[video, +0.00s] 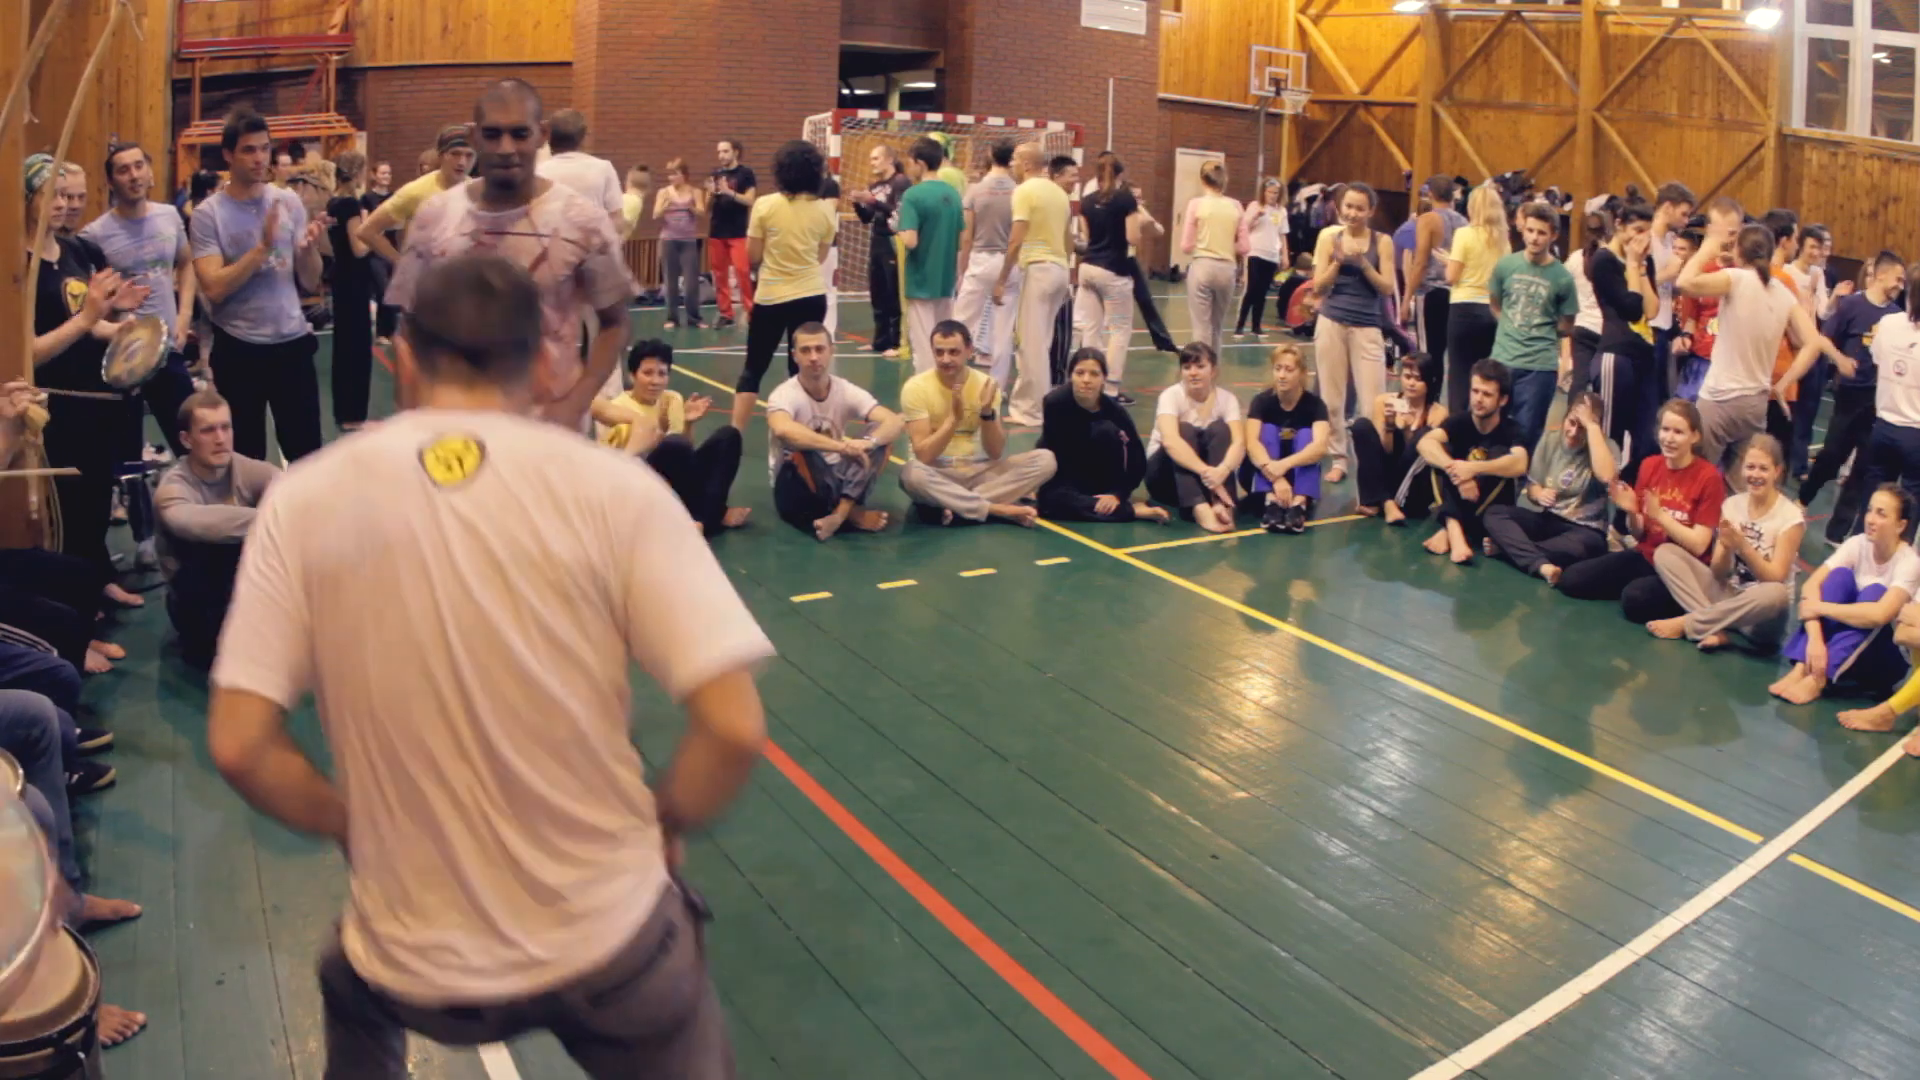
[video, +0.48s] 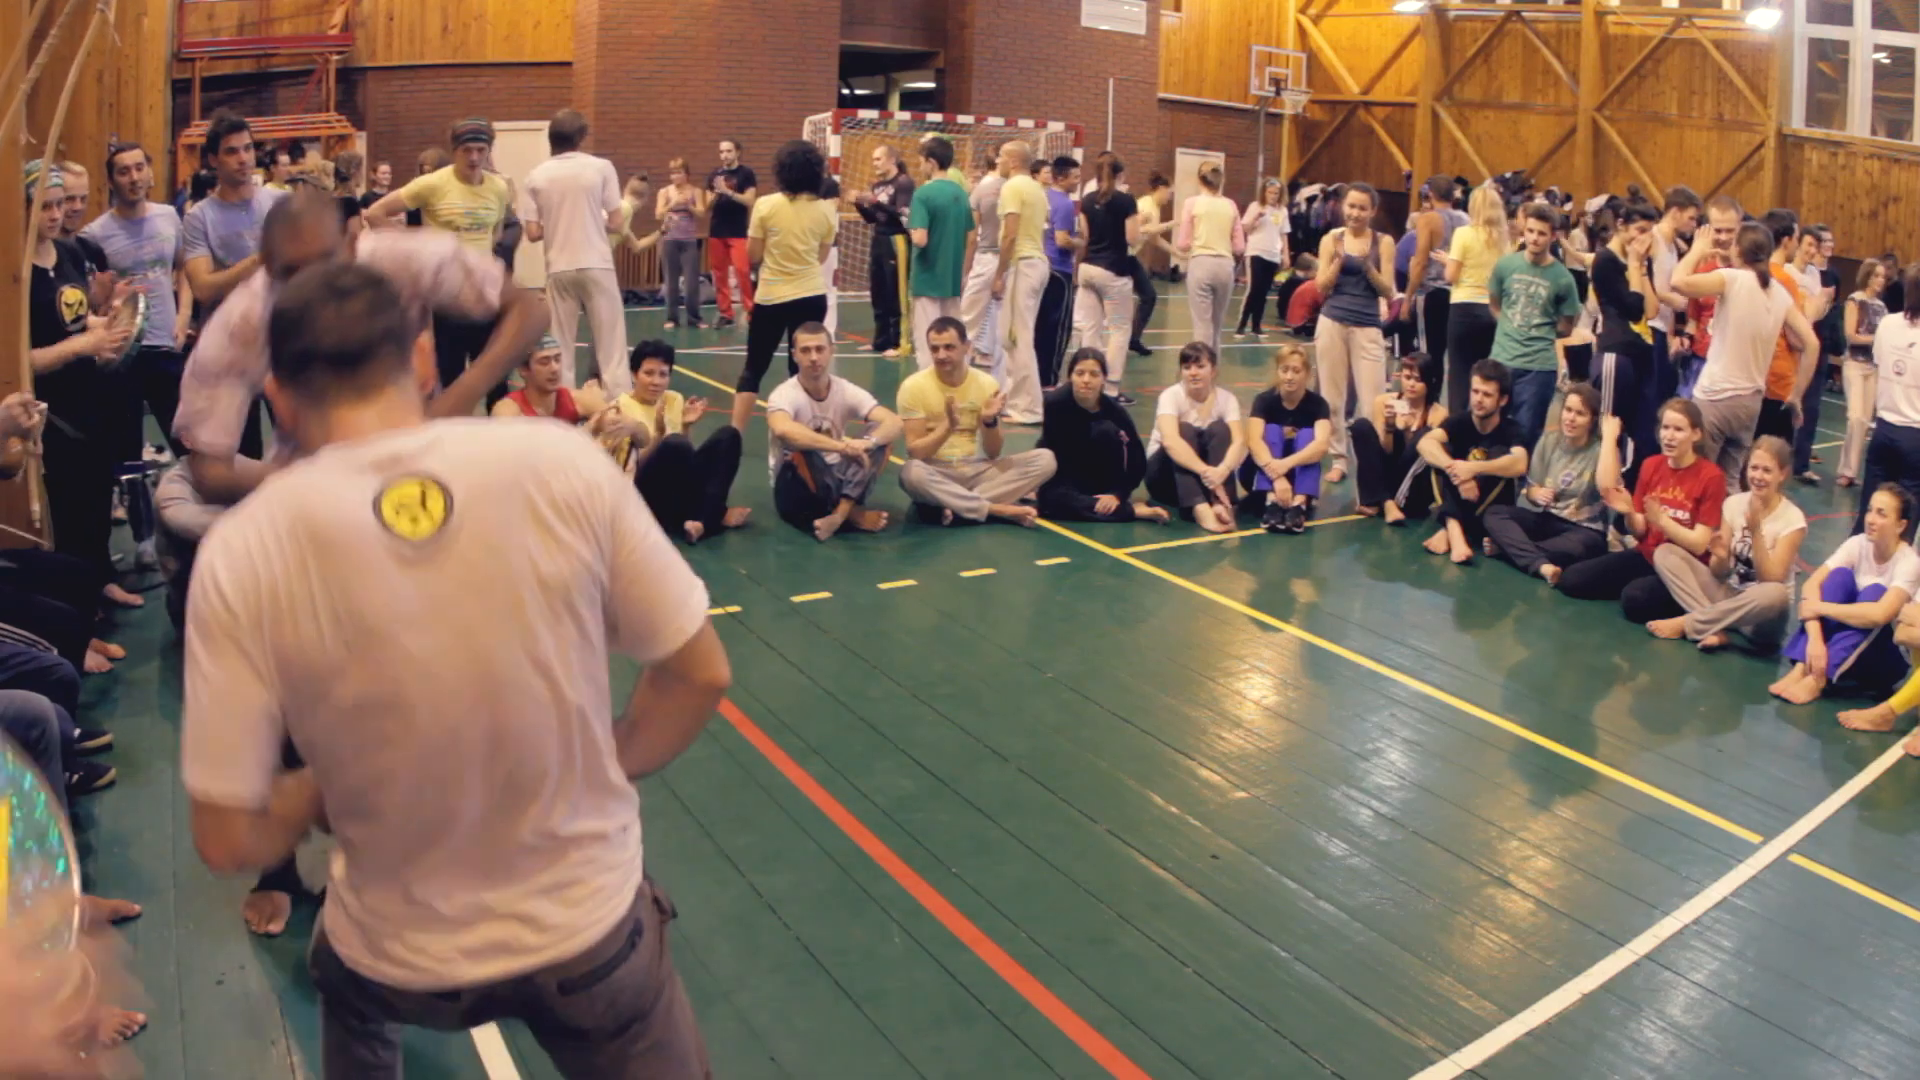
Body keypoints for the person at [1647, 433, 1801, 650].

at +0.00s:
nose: (1755, 475)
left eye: (1763, 469)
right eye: (1750, 467)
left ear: (1778, 472)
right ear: (1741, 469)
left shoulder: (1790, 515)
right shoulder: (1732, 505)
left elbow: (1776, 576)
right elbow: (1718, 572)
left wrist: (1742, 546)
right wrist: (1726, 548)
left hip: (1760, 602)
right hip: (1725, 593)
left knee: (1774, 593)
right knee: (1665, 552)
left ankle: (1686, 624)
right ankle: (1713, 629)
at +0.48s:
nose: (1758, 476)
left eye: (1767, 470)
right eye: (1754, 468)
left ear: (1783, 474)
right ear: (1746, 469)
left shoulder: (1792, 519)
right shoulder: (1733, 504)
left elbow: (1772, 577)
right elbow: (1718, 571)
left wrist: (1756, 531)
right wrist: (1721, 556)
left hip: (1759, 603)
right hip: (1725, 593)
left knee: (1774, 593)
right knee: (1665, 553)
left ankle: (1686, 624)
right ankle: (1712, 629)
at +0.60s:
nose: (1757, 475)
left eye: (1766, 470)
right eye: (1753, 468)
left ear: (1783, 474)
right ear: (1746, 469)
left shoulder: (1793, 518)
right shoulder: (1734, 504)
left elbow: (1769, 574)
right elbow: (1719, 571)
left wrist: (1760, 521)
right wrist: (1721, 556)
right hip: (1725, 595)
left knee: (1774, 594)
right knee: (1665, 552)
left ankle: (1686, 624)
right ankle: (1711, 629)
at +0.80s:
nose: (1755, 475)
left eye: (1763, 469)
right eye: (1751, 467)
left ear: (1781, 473)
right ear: (1744, 469)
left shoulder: (1793, 517)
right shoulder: (1734, 505)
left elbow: (1767, 574)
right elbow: (1720, 572)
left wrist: (1759, 519)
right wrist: (1723, 558)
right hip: (1726, 595)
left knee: (1773, 594)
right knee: (1665, 552)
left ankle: (1686, 624)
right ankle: (1711, 629)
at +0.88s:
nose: (1754, 474)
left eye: (1763, 468)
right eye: (1750, 467)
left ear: (1781, 473)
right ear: (1744, 469)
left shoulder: (1793, 517)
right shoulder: (1735, 505)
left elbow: (1767, 574)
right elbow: (1720, 571)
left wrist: (1759, 518)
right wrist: (1723, 560)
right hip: (1726, 594)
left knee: (1773, 594)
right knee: (1665, 552)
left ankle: (1687, 624)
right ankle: (1711, 629)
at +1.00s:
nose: (1754, 474)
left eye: (1763, 468)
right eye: (1751, 466)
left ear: (1781, 473)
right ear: (1744, 468)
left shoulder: (1793, 516)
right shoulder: (1734, 504)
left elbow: (1767, 573)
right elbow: (1719, 571)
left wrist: (1758, 517)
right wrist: (1723, 558)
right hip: (1727, 595)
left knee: (1773, 594)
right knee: (1665, 552)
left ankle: (1686, 624)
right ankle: (1712, 629)